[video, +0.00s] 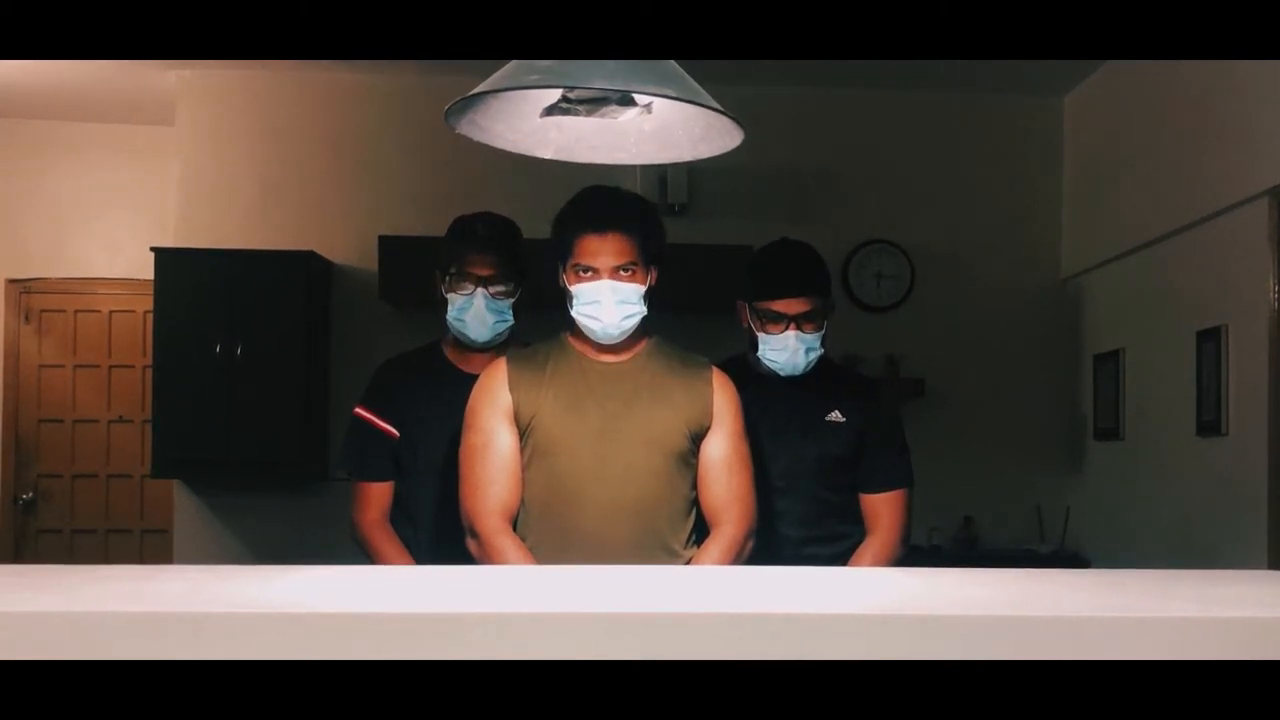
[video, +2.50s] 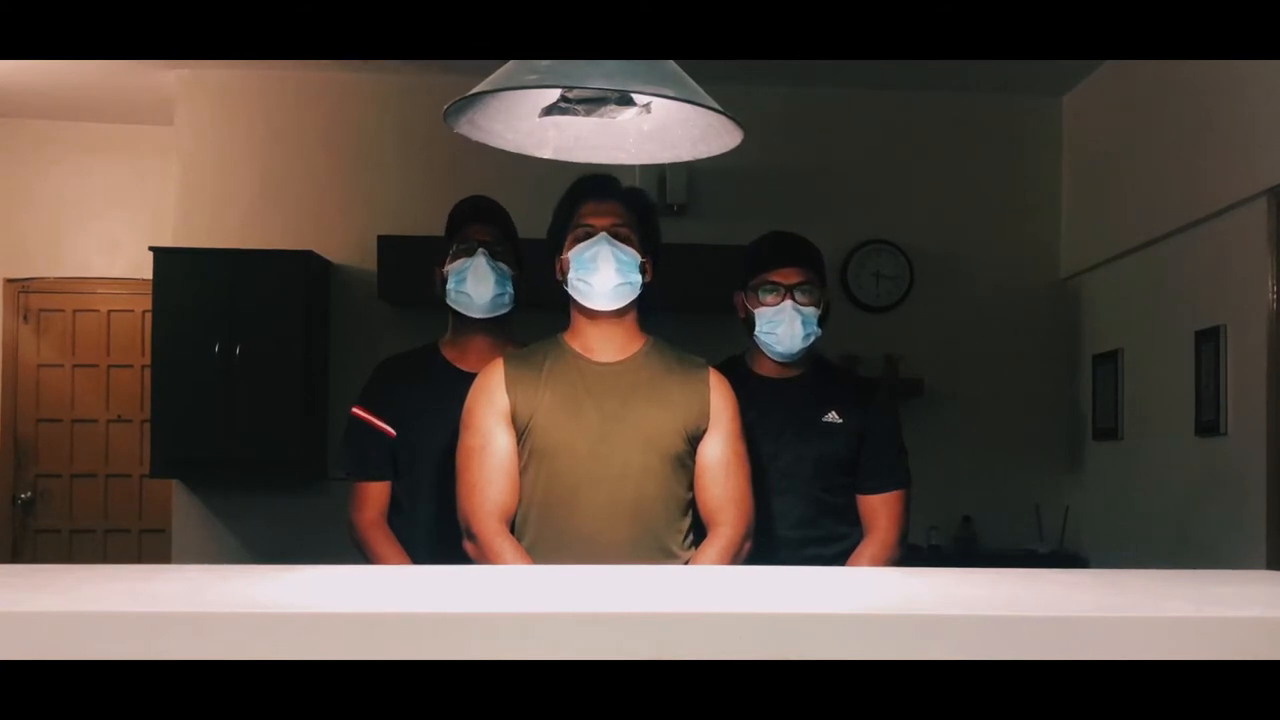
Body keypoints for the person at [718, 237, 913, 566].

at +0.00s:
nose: (792, 335)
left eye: (808, 320)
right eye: (773, 320)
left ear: (827, 315)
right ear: (746, 315)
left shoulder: (863, 399)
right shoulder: (716, 392)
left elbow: (886, 536)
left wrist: (832, 606)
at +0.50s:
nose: (791, 330)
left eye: (807, 314)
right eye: (773, 314)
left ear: (826, 313)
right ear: (746, 313)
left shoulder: (862, 399)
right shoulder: (714, 393)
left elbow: (885, 536)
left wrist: (831, 611)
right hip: (738, 593)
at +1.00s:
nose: (791, 326)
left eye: (807, 310)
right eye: (773, 309)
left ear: (826, 310)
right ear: (746, 310)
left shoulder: (863, 400)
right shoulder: (712, 394)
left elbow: (885, 537)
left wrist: (830, 611)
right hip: (737, 595)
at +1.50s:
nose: (792, 319)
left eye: (808, 305)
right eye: (774, 304)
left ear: (826, 309)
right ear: (747, 309)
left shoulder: (862, 401)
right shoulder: (710, 393)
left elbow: (885, 536)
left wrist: (831, 611)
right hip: (736, 596)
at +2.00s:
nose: (790, 315)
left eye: (807, 301)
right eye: (772, 300)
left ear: (824, 307)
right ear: (745, 307)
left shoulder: (862, 400)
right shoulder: (709, 393)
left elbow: (884, 536)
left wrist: (831, 611)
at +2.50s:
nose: (788, 308)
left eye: (804, 293)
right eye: (770, 293)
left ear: (822, 304)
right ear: (743, 304)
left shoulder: (861, 400)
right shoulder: (708, 394)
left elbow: (883, 537)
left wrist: (830, 611)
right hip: (734, 596)